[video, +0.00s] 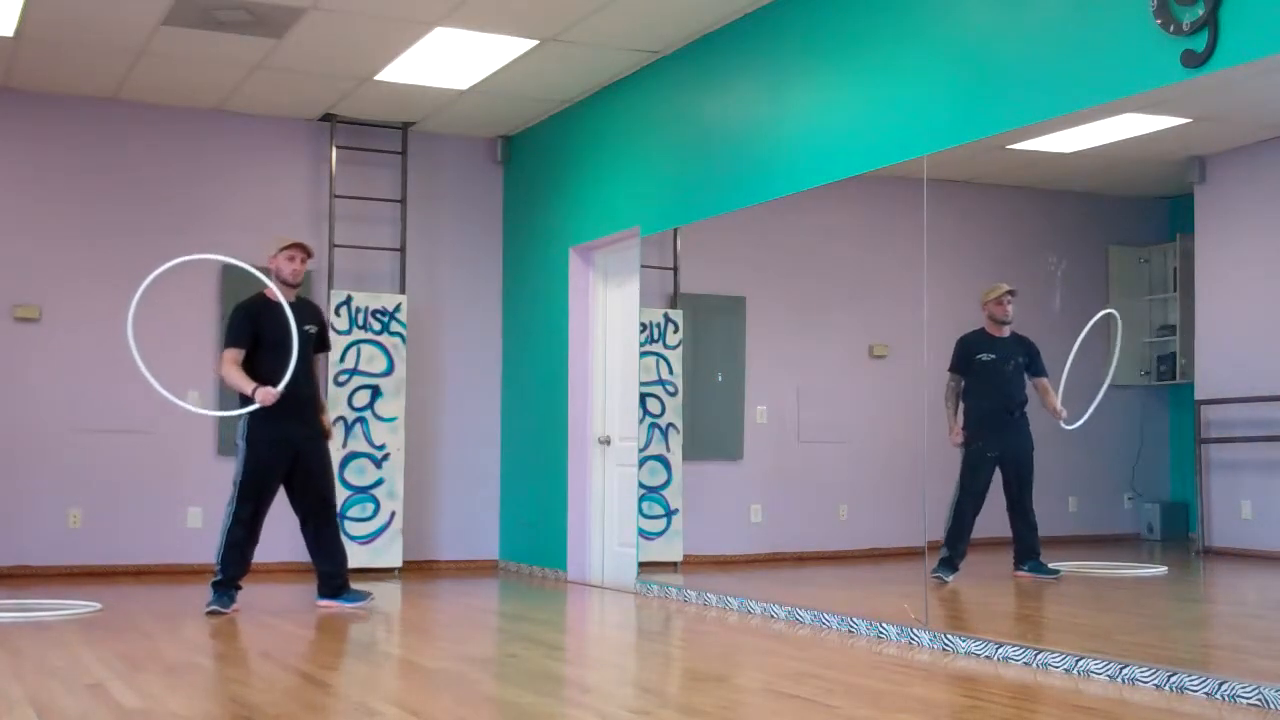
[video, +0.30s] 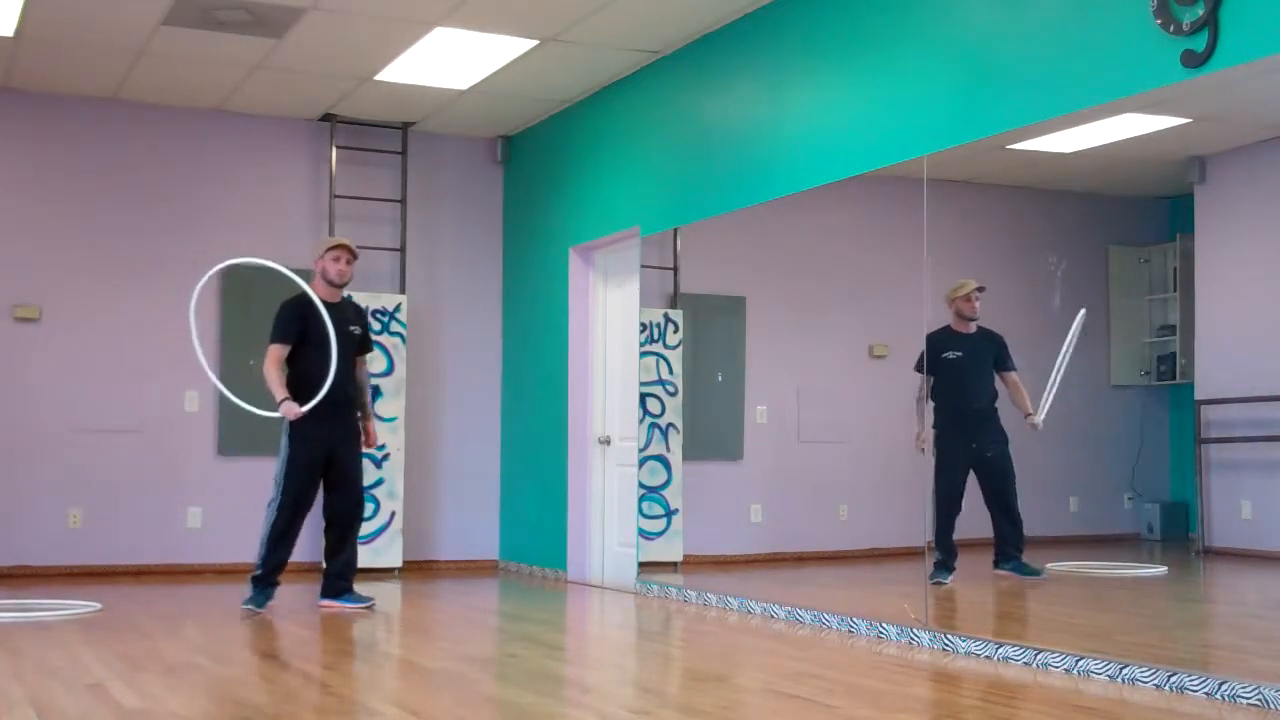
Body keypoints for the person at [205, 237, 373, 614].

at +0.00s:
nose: (297, 266)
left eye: (303, 261)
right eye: (290, 259)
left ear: (307, 269)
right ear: (272, 263)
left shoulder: (311, 313)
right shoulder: (250, 310)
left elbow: (314, 370)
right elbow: (228, 365)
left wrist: (321, 411)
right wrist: (253, 389)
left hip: (307, 424)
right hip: (266, 424)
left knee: (320, 507)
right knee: (247, 508)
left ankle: (333, 587)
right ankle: (224, 589)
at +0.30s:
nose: (343, 266)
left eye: (349, 262)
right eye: (336, 259)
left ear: (353, 270)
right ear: (318, 264)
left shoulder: (355, 314)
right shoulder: (296, 307)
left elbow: (360, 371)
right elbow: (273, 362)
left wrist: (367, 416)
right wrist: (283, 399)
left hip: (346, 425)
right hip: (306, 423)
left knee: (347, 509)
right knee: (289, 506)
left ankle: (336, 589)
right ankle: (261, 589)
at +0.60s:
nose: (352, 264)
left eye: (358, 260)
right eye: (346, 258)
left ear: (364, 269)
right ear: (331, 263)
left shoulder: (370, 314)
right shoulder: (307, 306)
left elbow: (374, 367)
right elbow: (282, 359)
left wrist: (383, 410)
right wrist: (312, 386)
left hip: (359, 416)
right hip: (320, 415)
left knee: (359, 498)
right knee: (324, 498)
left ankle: (345, 587)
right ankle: (323, 589)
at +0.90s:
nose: (365, 270)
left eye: (368, 265)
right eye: (358, 263)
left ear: (368, 270)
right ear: (337, 266)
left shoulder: (369, 315)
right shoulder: (315, 311)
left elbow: (370, 366)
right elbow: (314, 361)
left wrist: (373, 404)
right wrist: (351, 395)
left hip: (368, 418)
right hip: (331, 417)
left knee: (386, 501)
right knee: (326, 504)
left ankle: (416, 583)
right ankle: (323, 587)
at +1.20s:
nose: (385, 270)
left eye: (388, 266)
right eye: (378, 263)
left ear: (387, 272)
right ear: (356, 266)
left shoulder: (386, 317)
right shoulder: (337, 305)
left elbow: (382, 380)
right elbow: (373, 332)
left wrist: (392, 422)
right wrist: (414, 353)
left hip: (379, 417)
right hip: (341, 415)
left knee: (398, 502)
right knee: (330, 501)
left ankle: (424, 586)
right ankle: (318, 586)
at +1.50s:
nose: (409, 270)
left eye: (413, 265)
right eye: (402, 263)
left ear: (418, 269)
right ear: (384, 266)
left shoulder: (418, 314)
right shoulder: (358, 301)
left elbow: (420, 375)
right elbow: (388, 317)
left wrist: (427, 421)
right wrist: (417, 280)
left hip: (409, 418)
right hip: (369, 417)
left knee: (414, 506)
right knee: (355, 504)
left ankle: (423, 585)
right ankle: (337, 586)